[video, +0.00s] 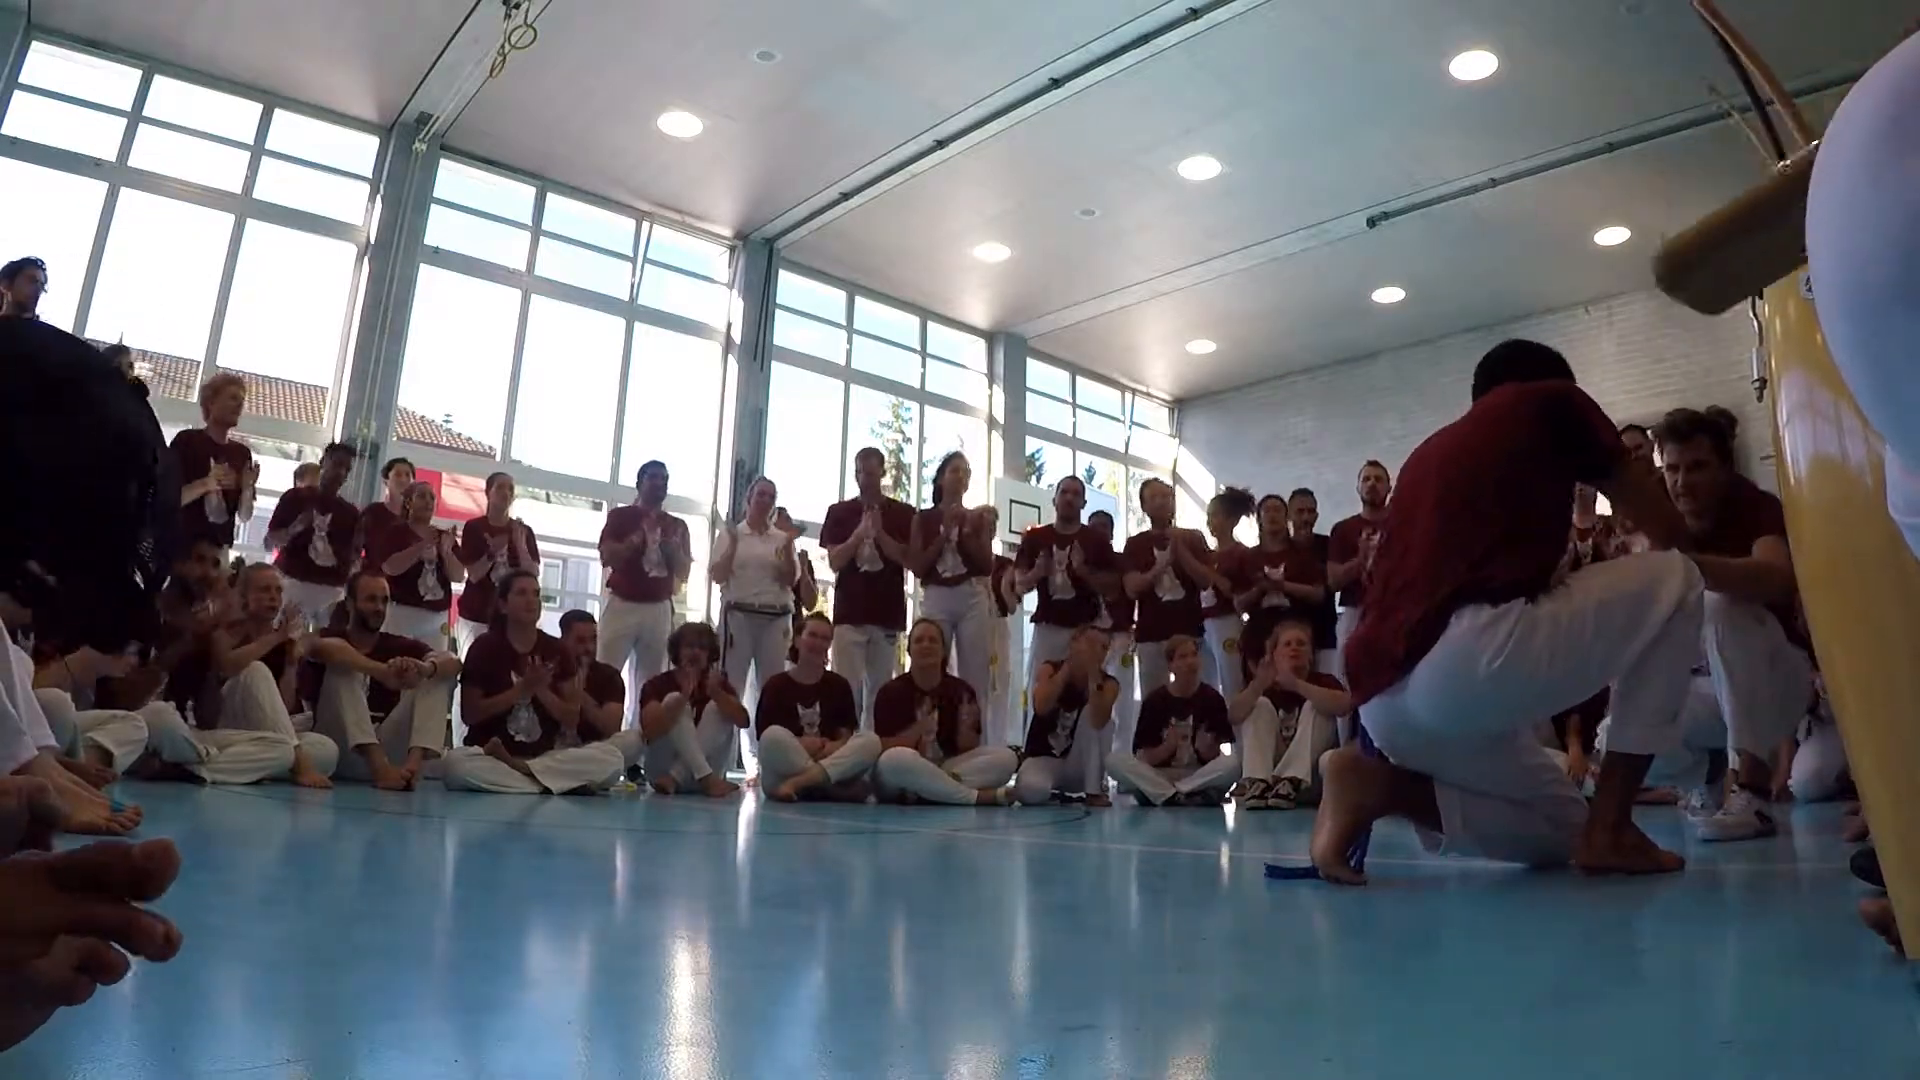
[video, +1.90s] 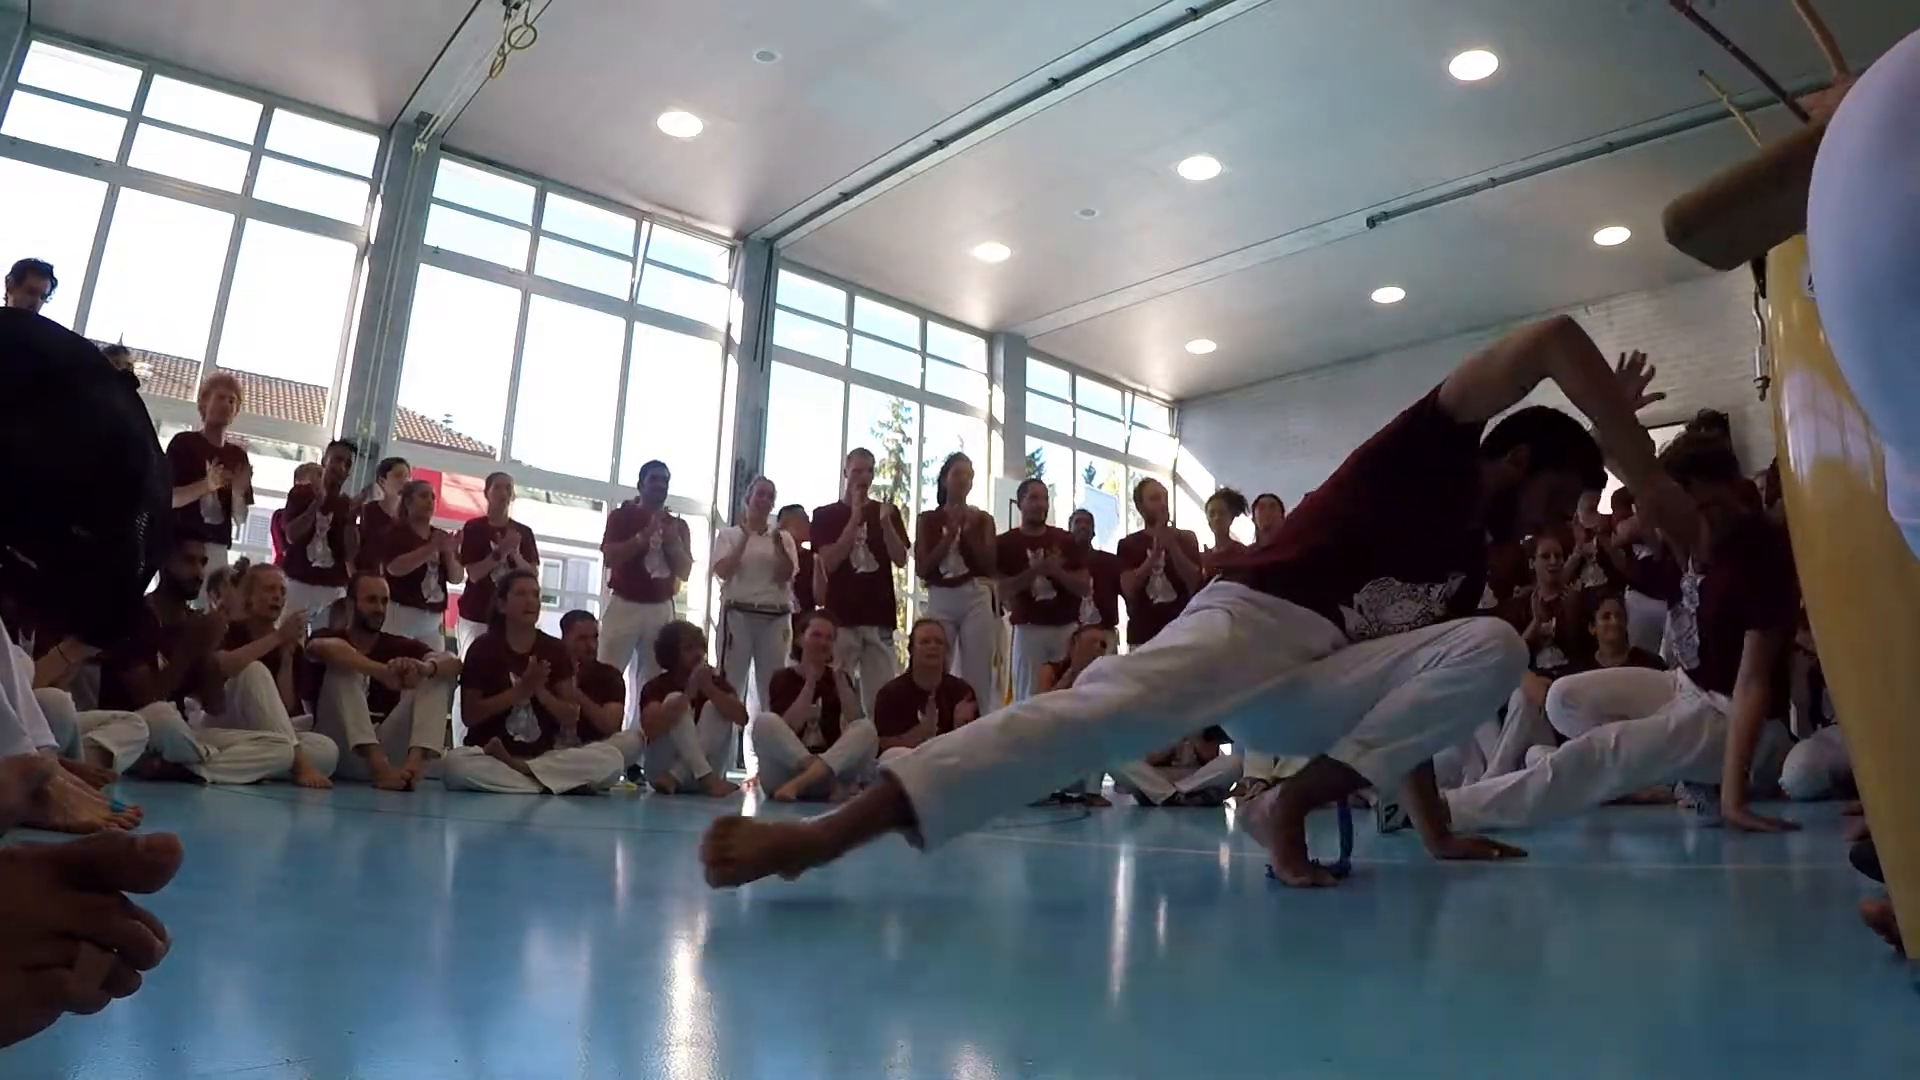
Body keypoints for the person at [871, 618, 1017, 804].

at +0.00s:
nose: (926, 646)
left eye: (933, 641)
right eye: (919, 641)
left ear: (944, 650)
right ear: (909, 650)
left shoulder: (961, 689)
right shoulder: (891, 692)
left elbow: (966, 749)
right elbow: (884, 746)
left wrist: (967, 726)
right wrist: (919, 729)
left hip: (950, 766)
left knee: (1006, 759)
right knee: (894, 760)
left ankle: (928, 792)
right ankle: (975, 798)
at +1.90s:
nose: (933, 647)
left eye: (939, 642)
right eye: (925, 642)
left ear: (946, 650)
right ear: (911, 650)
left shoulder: (961, 691)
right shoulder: (890, 693)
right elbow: (884, 747)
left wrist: (961, 726)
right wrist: (921, 732)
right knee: (892, 757)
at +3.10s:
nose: (934, 648)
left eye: (939, 643)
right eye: (926, 642)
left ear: (946, 650)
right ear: (911, 650)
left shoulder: (962, 691)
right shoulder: (892, 692)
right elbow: (886, 747)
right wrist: (920, 730)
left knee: (1007, 758)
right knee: (895, 759)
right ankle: (979, 797)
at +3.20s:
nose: (933, 650)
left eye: (939, 644)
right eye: (926, 643)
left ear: (946, 648)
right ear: (910, 649)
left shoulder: (962, 686)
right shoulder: (892, 690)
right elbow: (885, 742)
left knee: (1007, 758)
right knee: (890, 761)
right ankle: (979, 797)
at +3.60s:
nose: (934, 647)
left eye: (940, 643)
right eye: (926, 642)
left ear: (948, 651)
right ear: (911, 650)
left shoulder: (961, 690)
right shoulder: (892, 692)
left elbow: (970, 750)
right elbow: (886, 748)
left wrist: (965, 728)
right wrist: (921, 728)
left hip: (952, 775)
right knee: (897, 759)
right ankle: (982, 796)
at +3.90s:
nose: (935, 647)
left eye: (940, 643)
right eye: (926, 642)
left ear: (947, 650)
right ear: (911, 650)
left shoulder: (961, 690)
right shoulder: (891, 692)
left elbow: (970, 749)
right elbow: (887, 747)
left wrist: (961, 723)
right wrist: (922, 729)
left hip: (952, 769)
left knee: (1005, 757)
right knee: (896, 759)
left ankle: (932, 794)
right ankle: (976, 797)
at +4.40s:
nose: (933, 647)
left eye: (939, 642)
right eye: (925, 642)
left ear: (946, 650)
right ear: (911, 649)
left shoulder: (962, 690)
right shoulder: (891, 693)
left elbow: (971, 747)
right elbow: (887, 747)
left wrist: (952, 723)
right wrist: (931, 728)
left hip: (949, 769)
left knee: (1006, 758)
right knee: (895, 759)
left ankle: (932, 792)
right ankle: (975, 797)